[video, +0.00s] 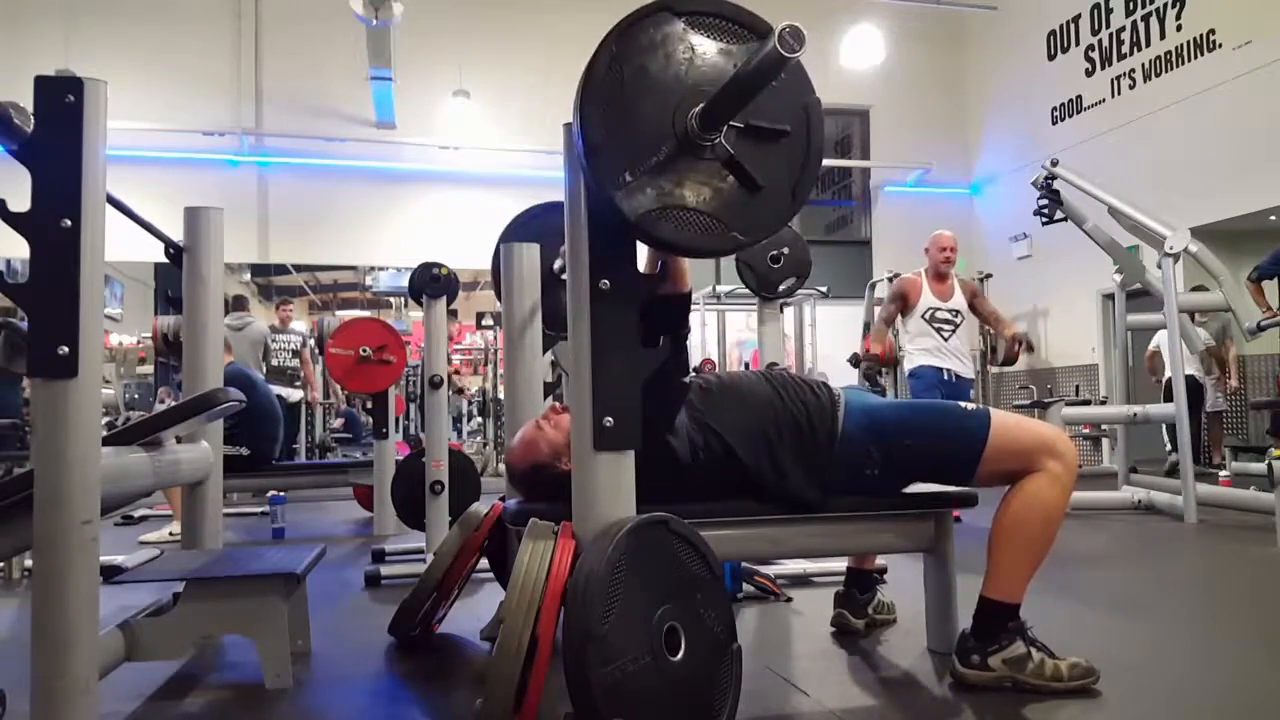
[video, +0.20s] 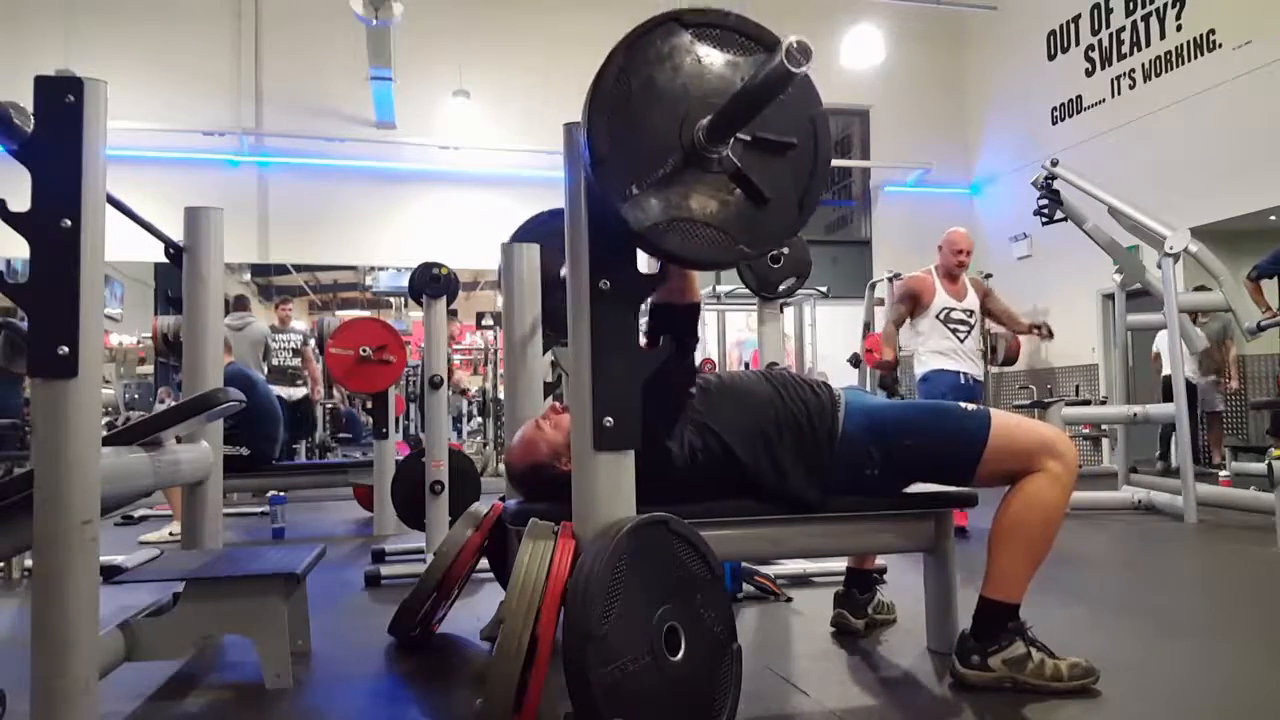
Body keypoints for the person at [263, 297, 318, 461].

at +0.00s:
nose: (287, 314)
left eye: (290, 311)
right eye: (284, 310)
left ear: (293, 313)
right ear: (276, 312)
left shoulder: (300, 336)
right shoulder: (267, 332)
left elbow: (306, 362)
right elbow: (258, 358)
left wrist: (314, 389)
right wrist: (258, 384)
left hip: (295, 387)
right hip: (274, 386)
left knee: (292, 431)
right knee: (276, 426)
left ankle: (289, 462)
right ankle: (274, 462)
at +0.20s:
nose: (287, 313)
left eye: (289, 310)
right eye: (283, 310)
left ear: (293, 312)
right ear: (276, 311)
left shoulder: (301, 334)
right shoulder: (268, 333)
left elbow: (310, 361)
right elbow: (260, 359)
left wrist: (317, 384)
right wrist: (259, 383)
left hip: (299, 387)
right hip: (276, 387)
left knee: (304, 427)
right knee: (280, 428)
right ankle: (281, 462)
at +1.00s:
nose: (309, 311)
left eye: (312, 307)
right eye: (306, 308)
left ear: (320, 309)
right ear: (303, 310)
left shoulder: (331, 329)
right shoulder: (300, 334)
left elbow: (340, 356)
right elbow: (294, 360)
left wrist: (341, 384)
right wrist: (286, 385)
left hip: (326, 385)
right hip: (304, 385)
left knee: (330, 429)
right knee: (297, 429)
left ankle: (333, 462)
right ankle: (294, 463)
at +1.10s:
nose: (309, 311)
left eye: (313, 308)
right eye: (307, 308)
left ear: (322, 309)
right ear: (305, 311)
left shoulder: (334, 328)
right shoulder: (305, 332)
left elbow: (343, 356)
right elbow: (299, 359)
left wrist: (343, 384)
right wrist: (291, 383)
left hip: (328, 386)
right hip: (307, 385)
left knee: (331, 430)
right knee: (297, 429)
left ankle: (335, 465)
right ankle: (310, 449)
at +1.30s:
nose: (308, 312)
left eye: (311, 308)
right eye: (307, 308)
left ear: (322, 308)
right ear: (311, 310)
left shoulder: (337, 328)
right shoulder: (309, 331)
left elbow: (347, 359)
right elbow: (304, 361)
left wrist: (343, 385)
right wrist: (293, 384)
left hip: (331, 386)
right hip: (309, 386)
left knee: (332, 426)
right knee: (295, 420)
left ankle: (334, 462)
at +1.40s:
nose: (305, 312)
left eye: (308, 308)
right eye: (304, 308)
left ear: (320, 307)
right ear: (307, 310)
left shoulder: (336, 329)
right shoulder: (309, 332)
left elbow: (343, 359)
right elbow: (306, 361)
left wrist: (337, 386)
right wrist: (296, 384)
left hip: (331, 387)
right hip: (311, 386)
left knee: (331, 427)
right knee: (297, 421)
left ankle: (335, 462)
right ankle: (331, 428)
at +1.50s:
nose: (303, 313)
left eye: (305, 308)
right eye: (302, 309)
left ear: (316, 308)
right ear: (310, 310)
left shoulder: (331, 328)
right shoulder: (311, 331)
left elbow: (336, 360)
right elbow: (311, 366)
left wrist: (329, 387)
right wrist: (298, 385)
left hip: (328, 386)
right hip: (312, 385)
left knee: (332, 430)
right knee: (301, 423)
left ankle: (335, 461)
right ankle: (324, 448)